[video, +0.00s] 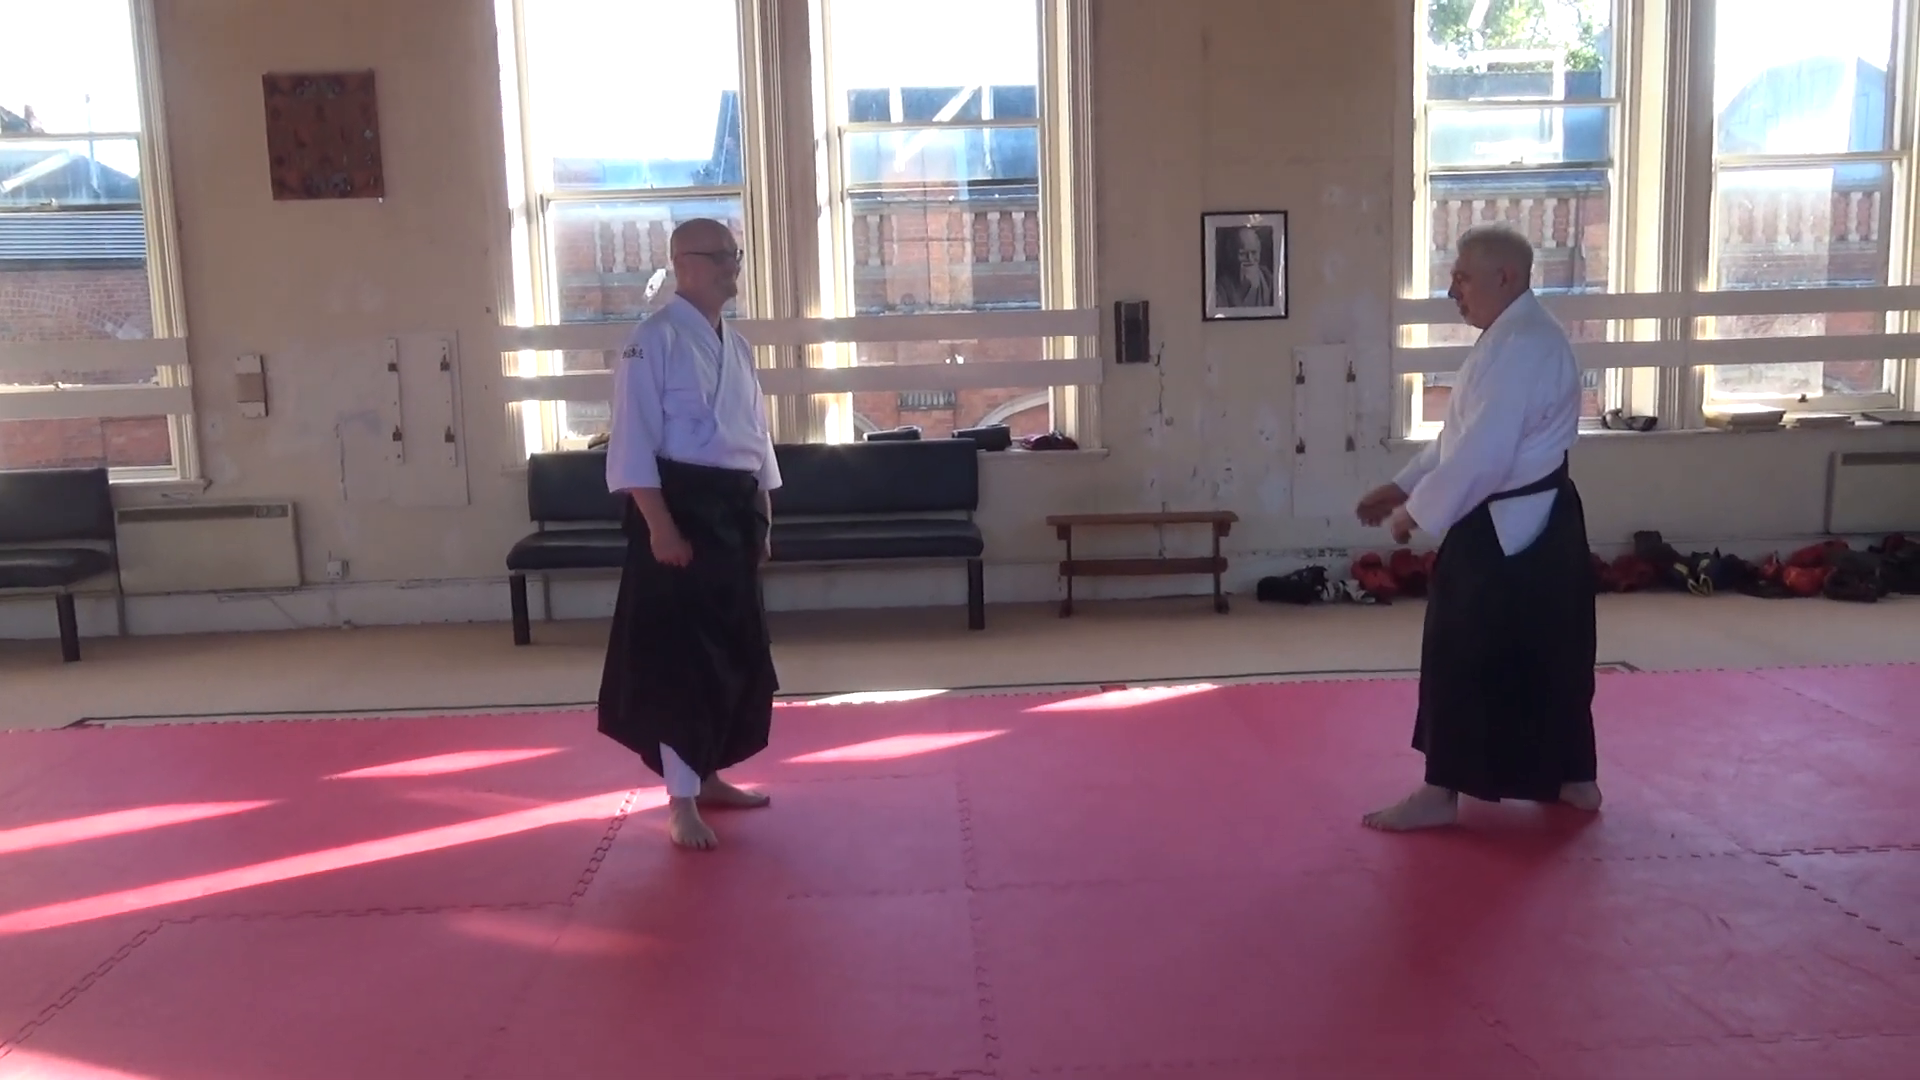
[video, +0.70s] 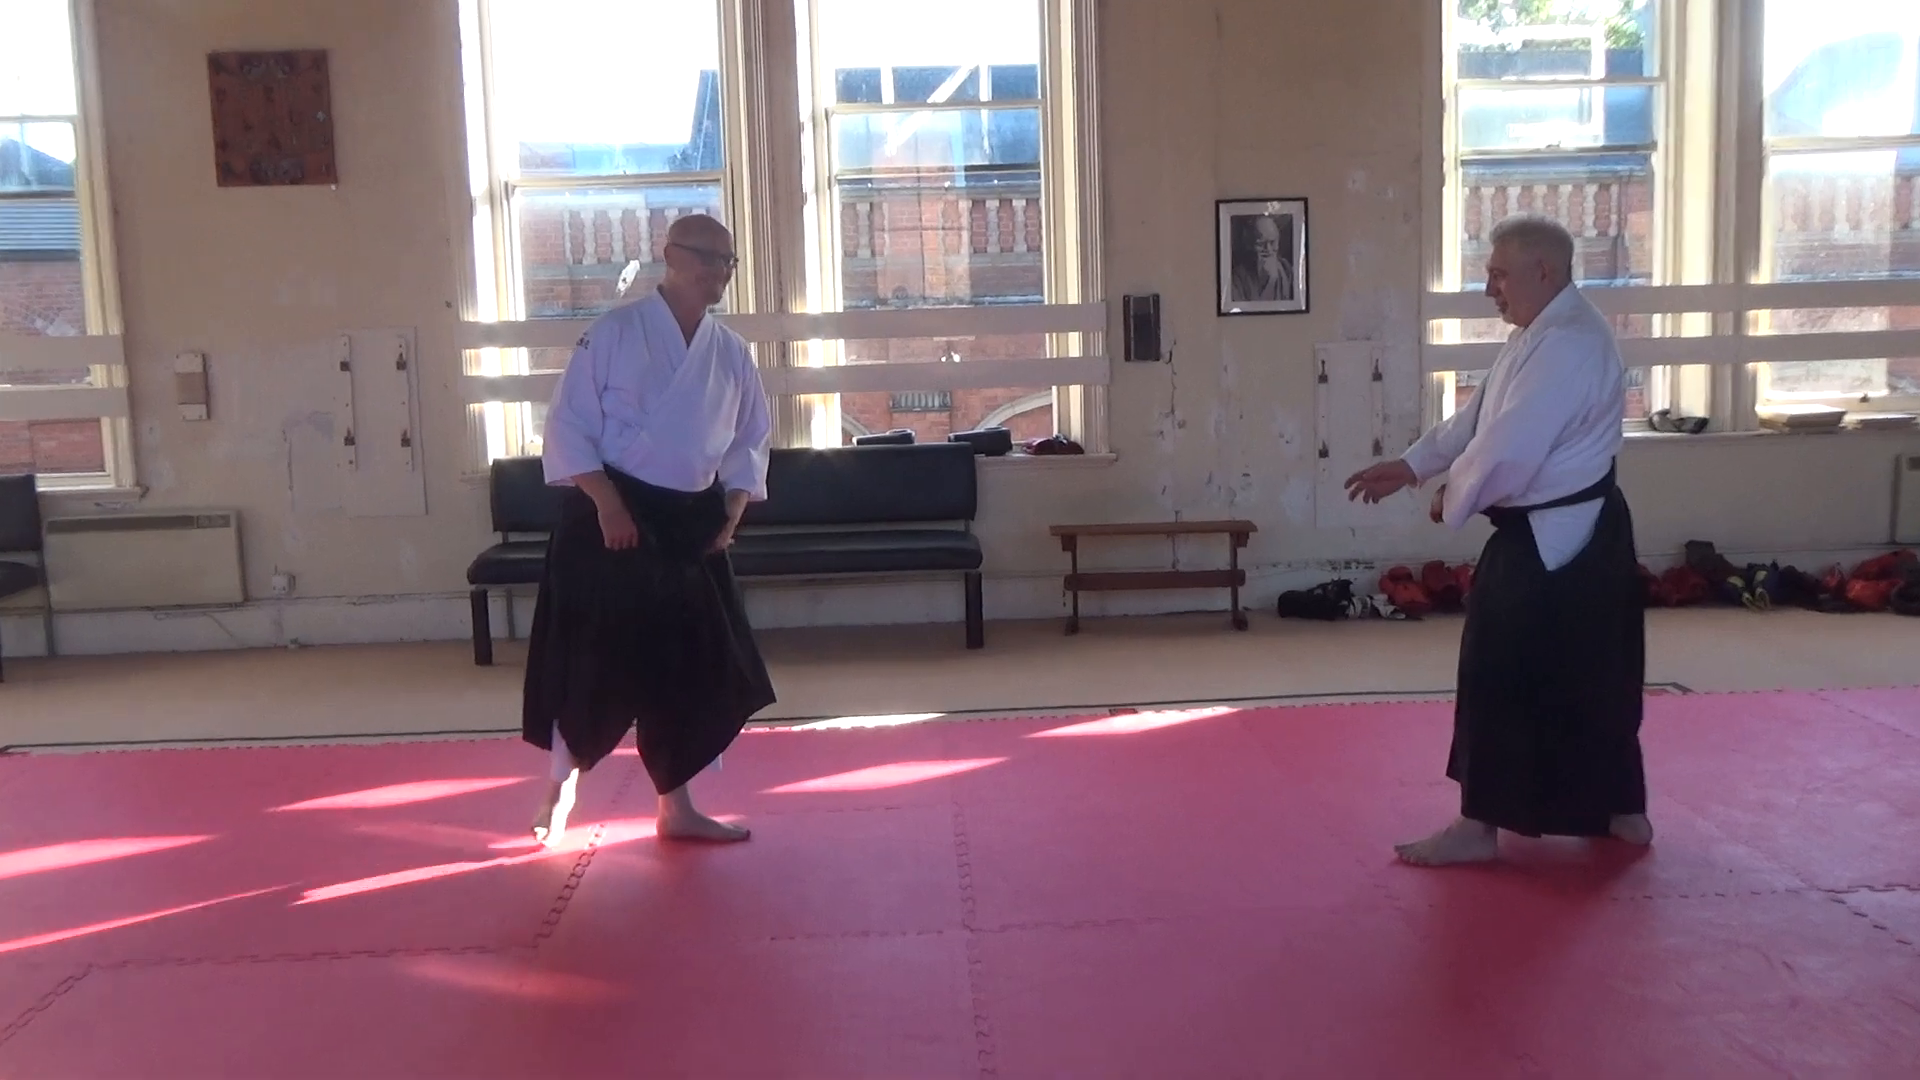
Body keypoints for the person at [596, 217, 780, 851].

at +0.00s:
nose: (735, 266)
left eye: (736, 255)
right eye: (721, 256)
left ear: (729, 265)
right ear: (682, 263)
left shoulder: (734, 341)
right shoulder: (653, 336)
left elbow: (754, 431)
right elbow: (632, 438)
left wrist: (763, 513)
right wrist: (659, 523)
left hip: (733, 502)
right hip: (676, 504)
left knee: (726, 642)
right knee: (679, 647)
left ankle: (706, 775)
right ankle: (682, 800)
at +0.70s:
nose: (722, 270)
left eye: (728, 260)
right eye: (709, 257)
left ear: (731, 268)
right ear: (671, 256)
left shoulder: (732, 353)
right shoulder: (615, 331)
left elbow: (750, 440)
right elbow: (567, 424)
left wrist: (731, 514)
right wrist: (605, 497)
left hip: (689, 518)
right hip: (610, 511)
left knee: (683, 661)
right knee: (602, 658)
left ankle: (675, 807)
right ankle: (562, 787)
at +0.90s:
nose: (661, 220)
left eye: (665, 208)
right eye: (647, 205)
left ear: (658, 218)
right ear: (597, 208)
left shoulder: (666, 316)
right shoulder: (527, 296)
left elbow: (690, 421)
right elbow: (477, 419)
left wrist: (662, 511)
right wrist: (528, 510)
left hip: (619, 519)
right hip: (521, 512)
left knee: (628, 686)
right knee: (498, 683)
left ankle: (625, 856)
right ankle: (442, 824)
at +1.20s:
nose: (548, 206)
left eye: (555, 195)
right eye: (529, 191)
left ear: (561, 207)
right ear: (480, 197)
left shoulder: (569, 306)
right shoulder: (424, 300)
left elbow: (604, 423)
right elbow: (390, 433)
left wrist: (603, 520)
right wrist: (460, 524)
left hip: (549, 527)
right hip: (441, 526)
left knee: (599, 690)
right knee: (438, 696)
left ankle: (618, 865)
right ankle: (417, 851)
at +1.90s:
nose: (543, 225)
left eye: (552, 215)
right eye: (525, 210)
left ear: (561, 223)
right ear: (481, 212)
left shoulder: (582, 310)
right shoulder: (437, 318)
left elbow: (634, 419)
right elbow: (411, 451)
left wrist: (662, 525)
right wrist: (456, 559)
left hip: (580, 522)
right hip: (478, 524)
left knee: (614, 680)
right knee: (471, 683)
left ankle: (629, 848)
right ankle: (464, 839)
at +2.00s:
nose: (604, 255)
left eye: (602, 242)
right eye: (580, 240)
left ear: (600, 253)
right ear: (544, 248)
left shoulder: (634, 336)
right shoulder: (504, 341)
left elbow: (697, 415)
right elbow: (457, 445)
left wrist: (745, 498)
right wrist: (503, 536)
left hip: (625, 536)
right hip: (534, 537)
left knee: (656, 683)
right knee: (522, 683)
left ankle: (664, 837)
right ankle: (510, 812)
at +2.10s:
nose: (640, 266)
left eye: (641, 254)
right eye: (627, 254)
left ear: (633, 259)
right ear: (581, 257)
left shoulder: (668, 337)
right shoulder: (534, 343)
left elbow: (747, 383)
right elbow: (456, 428)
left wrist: (817, 432)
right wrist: (512, 446)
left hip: (653, 531)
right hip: (566, 531)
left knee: (669, 680)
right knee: (554, 680)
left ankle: (673, 832)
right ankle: (516, 797)